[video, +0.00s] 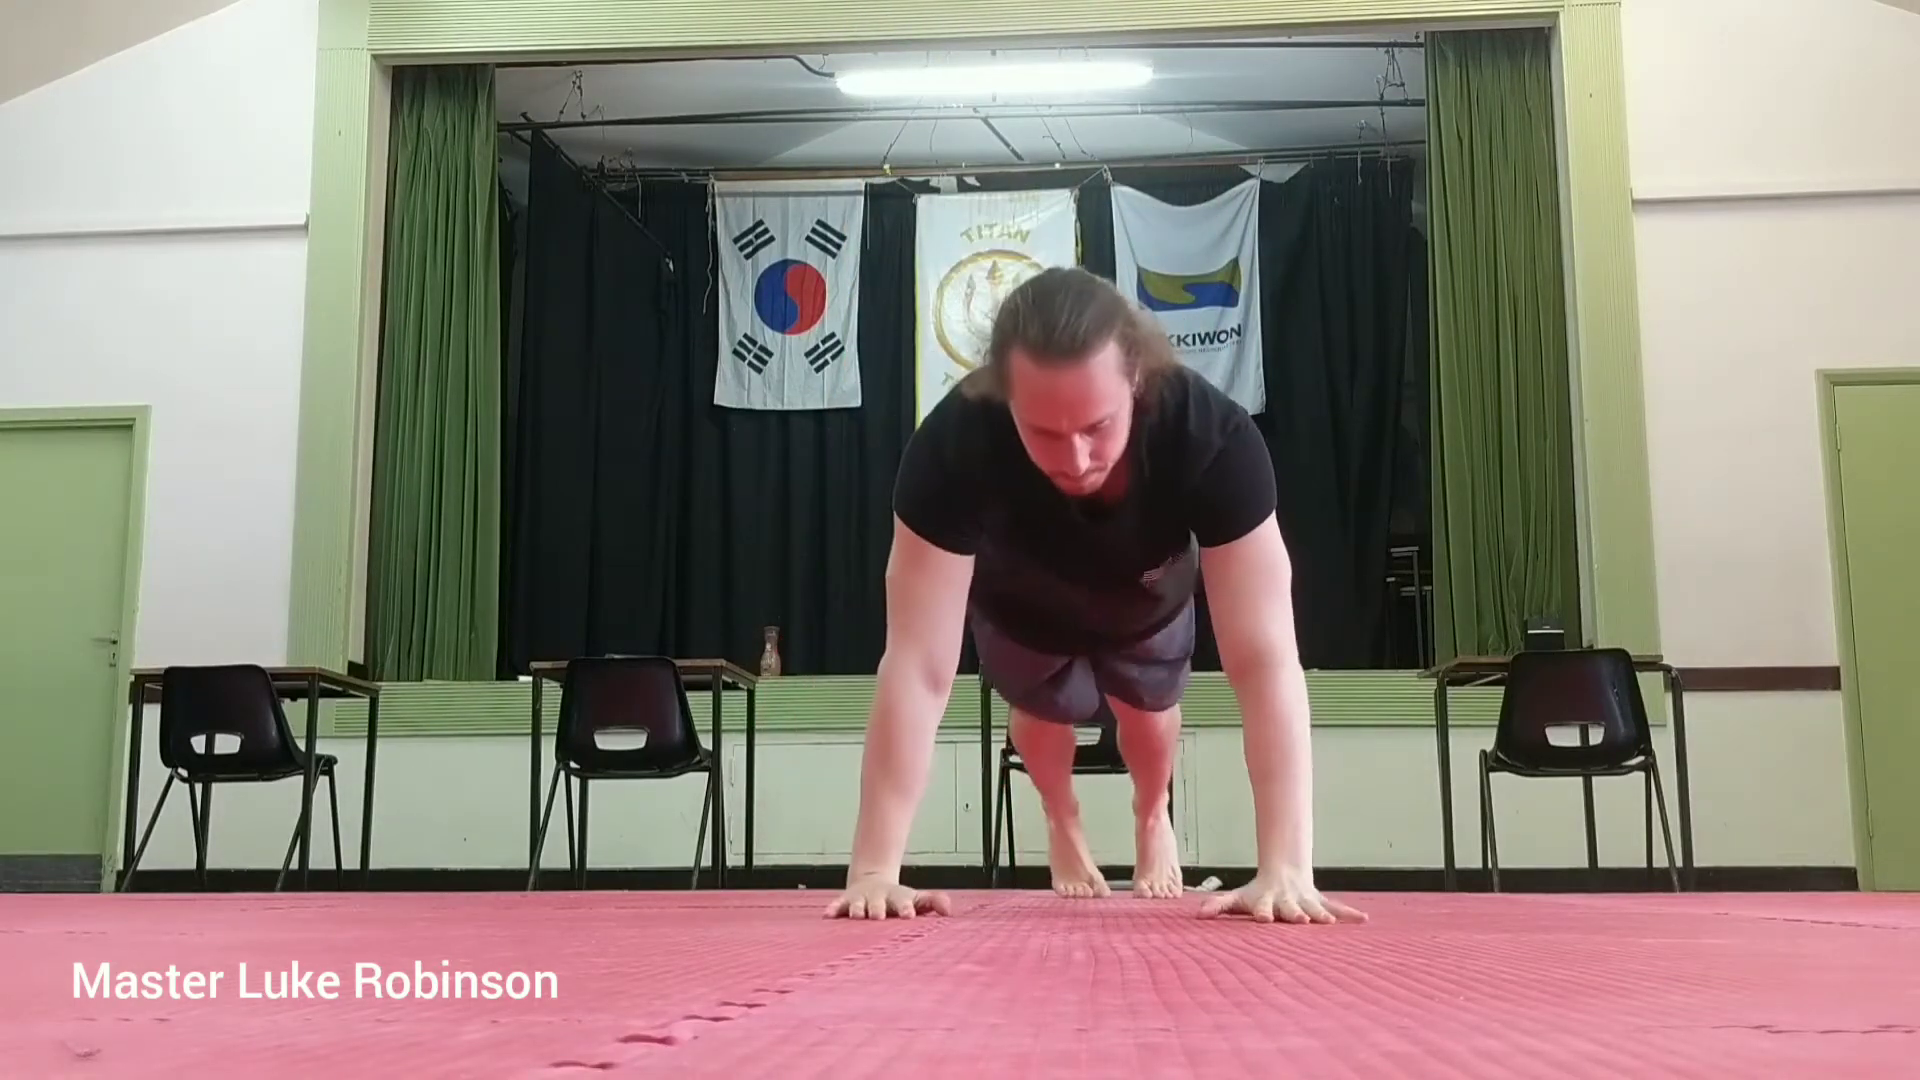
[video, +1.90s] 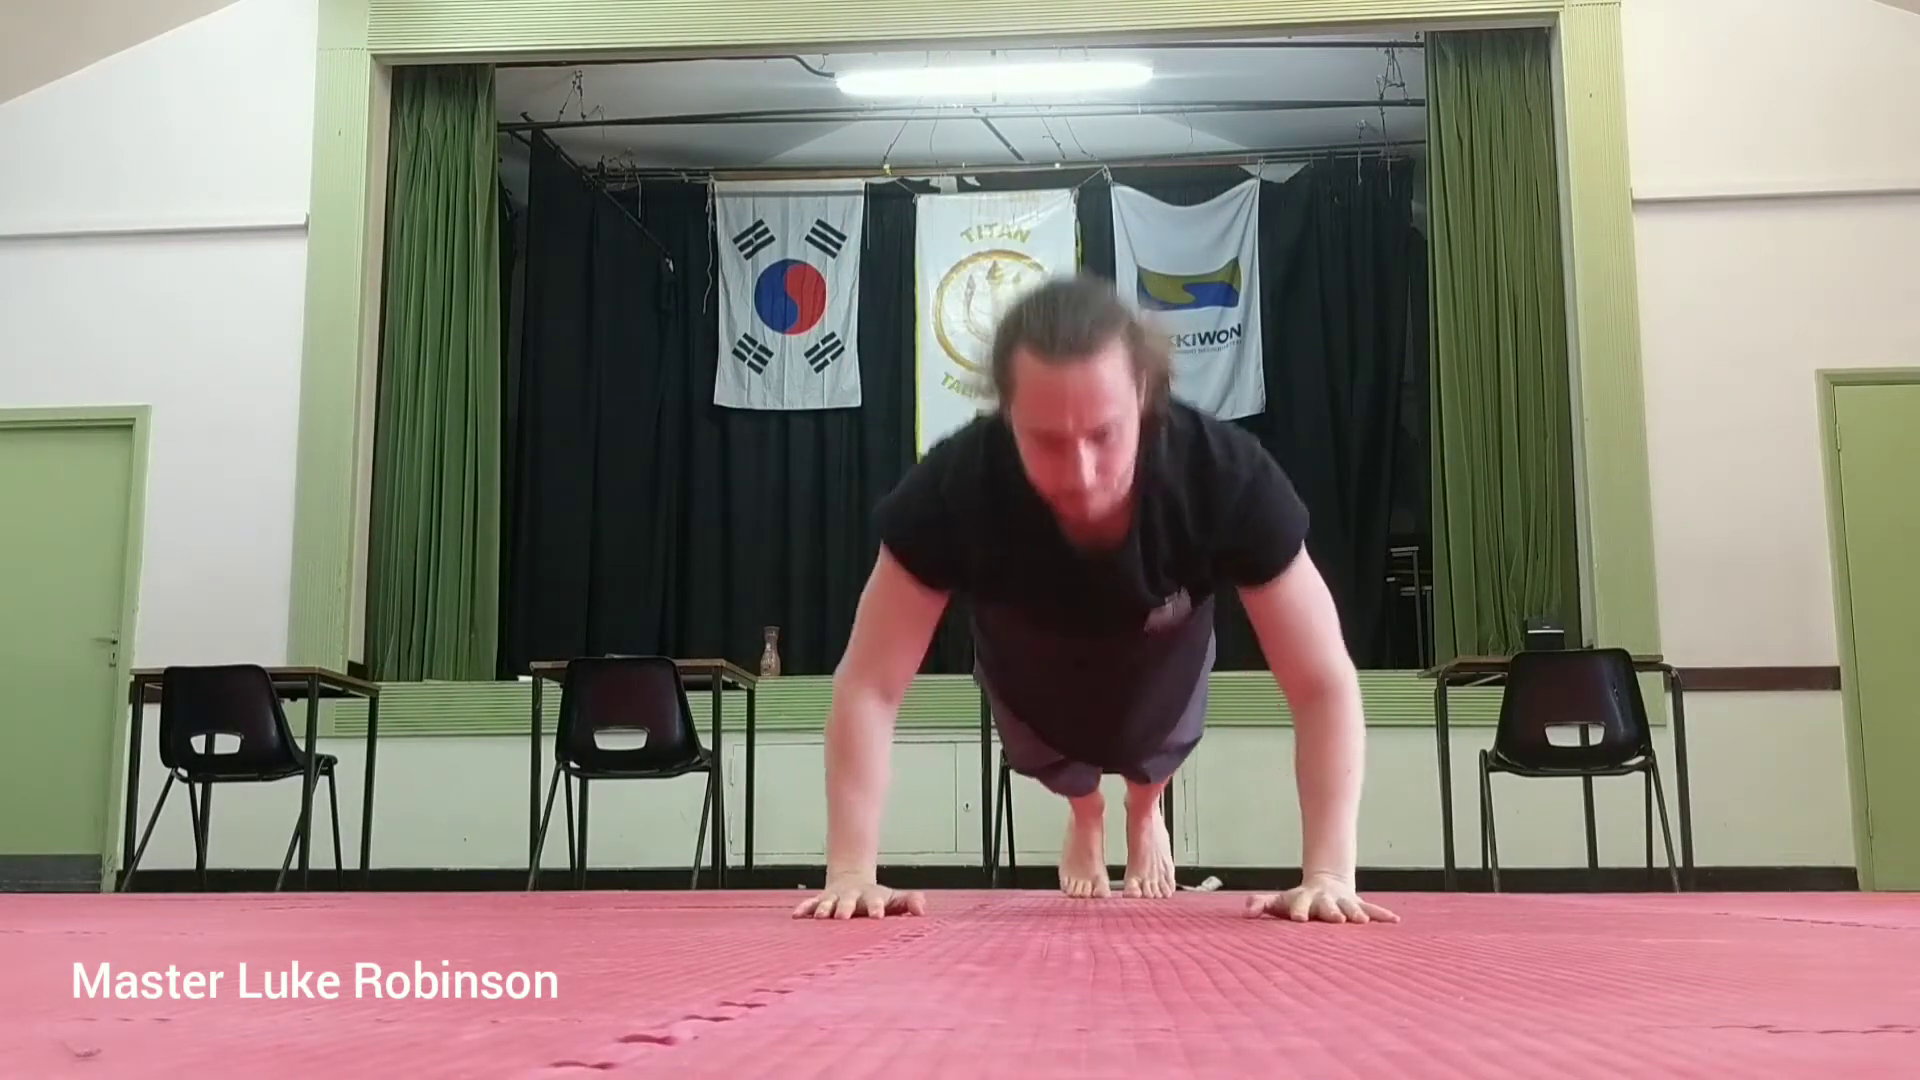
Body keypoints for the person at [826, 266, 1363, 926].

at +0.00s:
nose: (1077, 459)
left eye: (1098, 429)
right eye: (1048, 434)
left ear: (1137, 383)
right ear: (1008, 400)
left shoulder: (1213, 444)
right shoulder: (956, 448)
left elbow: (1265, 663)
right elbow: (917, 669)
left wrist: (1285, 868)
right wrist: (873, 871)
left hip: (1148, 614)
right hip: (1025, 618)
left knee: (1151, 715)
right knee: (1044, 723)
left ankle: (1153, 822)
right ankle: (1063, 825)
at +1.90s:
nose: (1078, 469)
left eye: (1102, 435)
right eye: (1050, 441)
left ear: (1145, 403)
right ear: (1008, 416)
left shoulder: (1226, 481)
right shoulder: (955, 492)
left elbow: (1325, 688)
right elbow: (868, 688)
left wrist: (1331, 875)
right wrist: (850, 876)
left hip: (1165, 669)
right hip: (1032, 678)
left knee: (1152, 760)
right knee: (1066, 767)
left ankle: (1144, 813)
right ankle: (1087, 817)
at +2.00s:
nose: (1082, 617)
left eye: (1103, 582)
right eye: (1051, 587)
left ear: (1147, 544)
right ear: (1010, 557)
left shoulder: (1228, 571)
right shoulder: (958, 591)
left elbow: (1356, 713)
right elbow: (822, 721)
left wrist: (1334, 870)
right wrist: (846, 874)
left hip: (1164, 751)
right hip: (1042, 767)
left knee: (1156, 789)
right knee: (1071, 808)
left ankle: (1148, 829)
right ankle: (1082, 840)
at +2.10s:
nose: (1076, 702)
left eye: (1101, 669)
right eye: (1048, 674)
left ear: (1149, 629)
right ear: (1003, 642)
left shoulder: (1236, 643)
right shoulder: (948, 664)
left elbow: (1375, 715)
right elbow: (808, 723)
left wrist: (1336, 875)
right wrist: (844, 875)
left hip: (1165, 789)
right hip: (1031, 802)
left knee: (1153, 820)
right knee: (1060, 836)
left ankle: (1150, 850)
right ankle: (1079, 858)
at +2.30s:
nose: (1070, 810)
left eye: (1095, 776)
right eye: (1038, 780)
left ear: (1144, 737)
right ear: (995, 745)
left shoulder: (1227, 730)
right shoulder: (937, 748)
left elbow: (1380, 702)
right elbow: (798, 713)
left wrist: (1334, 876)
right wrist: (840, 873)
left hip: (1153, 860)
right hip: (1005, 867)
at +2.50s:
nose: (1077, 750)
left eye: (1102, 714)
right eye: (1044, 716)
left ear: (1147, 680)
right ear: (999, 686)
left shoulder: (1229, 697)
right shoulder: (946, 705)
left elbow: (1380, 711)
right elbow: (800, 719)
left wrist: (1333, 875)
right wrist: (843, 872)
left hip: (1152, 844)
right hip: (1024, 858)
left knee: (1152, 872)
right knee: (1049, 887)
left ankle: (1157, 877)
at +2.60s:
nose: (1077, 655)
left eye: (1102, 620)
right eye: (1045, 624)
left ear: (1147, 596)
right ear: (1001, 605)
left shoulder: (1222, 631)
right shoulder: (948, 645)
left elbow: (1377, 711)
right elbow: (803, 725)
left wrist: (1334, 878)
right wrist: (844, 874)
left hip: (1160, 782)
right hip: (1040, 800)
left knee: (1158, 824)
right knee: (1072, 851)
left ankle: (1151, 855)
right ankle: (1083, 871)